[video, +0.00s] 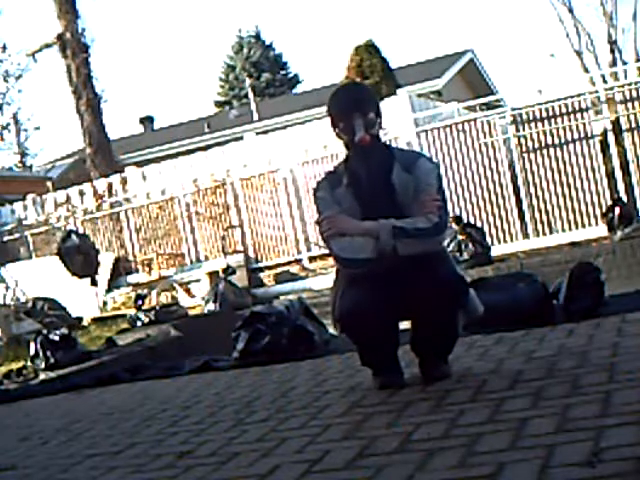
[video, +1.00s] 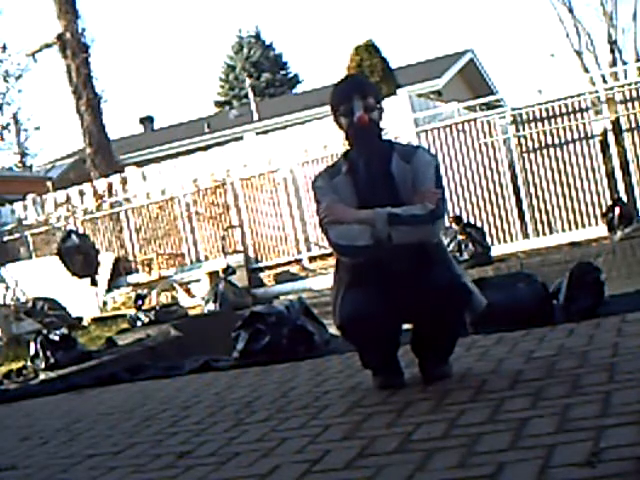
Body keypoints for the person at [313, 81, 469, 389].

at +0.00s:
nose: (360, 136)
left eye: (368, 122)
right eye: (348, 127)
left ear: (380, 119)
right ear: (336, 129)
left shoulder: (418, 166)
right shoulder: (328, 188)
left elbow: (436, 230)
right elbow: (347, 253)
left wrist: (360, 228)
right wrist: (413, 221)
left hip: (423, 265)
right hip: (366, 277)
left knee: (444, 285)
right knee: (356, 309)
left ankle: (434, 357)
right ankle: (384, 366)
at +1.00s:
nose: (361, 118)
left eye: (368, 107)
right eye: (349, 112)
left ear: (381, 110)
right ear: (338, 121)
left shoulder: (417, 159)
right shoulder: (327, 182)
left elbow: (433, 224)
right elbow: (344, 242)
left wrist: (356, 216)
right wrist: (413, 213)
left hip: (423, 266)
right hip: (365, 278)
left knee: (446, 296)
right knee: (359, 316)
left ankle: (434, 358)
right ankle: (384, 367)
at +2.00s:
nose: (360, 125)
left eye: (368, 113)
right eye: (348, 118)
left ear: (379, 114)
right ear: (336, 124)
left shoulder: (415, 163)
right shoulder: (327, 185)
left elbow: (432, 227)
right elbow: (341, 244)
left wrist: (357, 222)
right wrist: (412, 217)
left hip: (421, 267)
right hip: (364, 277)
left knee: (447, 290)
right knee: (355, 313)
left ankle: (435, 358)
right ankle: (384, 368)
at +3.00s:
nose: (344, 127)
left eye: (351, 118)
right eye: (333, 121)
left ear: (362, 121)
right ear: (320, 129)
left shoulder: (395, 167)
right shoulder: (310, 192)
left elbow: (414, 211)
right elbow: (328, 242)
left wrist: (341, 220)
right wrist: (388, 218)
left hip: (411, 263)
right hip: (363, 281)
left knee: (411, 246)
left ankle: (459, 350)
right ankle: (388, 366)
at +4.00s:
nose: (365, 99)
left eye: (372, 88)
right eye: (353, 91)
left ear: (384, 90)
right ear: (340, 98)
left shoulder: (413, 138)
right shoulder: (324, 158)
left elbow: (430, 181)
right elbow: (332, 208)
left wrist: (353, 182)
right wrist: (404, 188)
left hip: (430, 250)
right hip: (373, 264)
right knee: (399, 307)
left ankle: (470, 336)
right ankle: (401, 373)